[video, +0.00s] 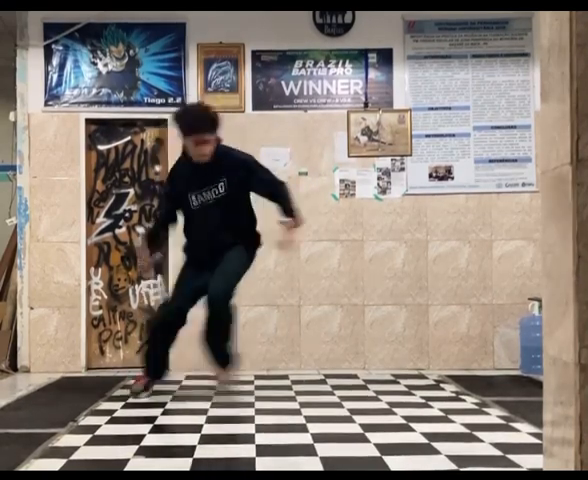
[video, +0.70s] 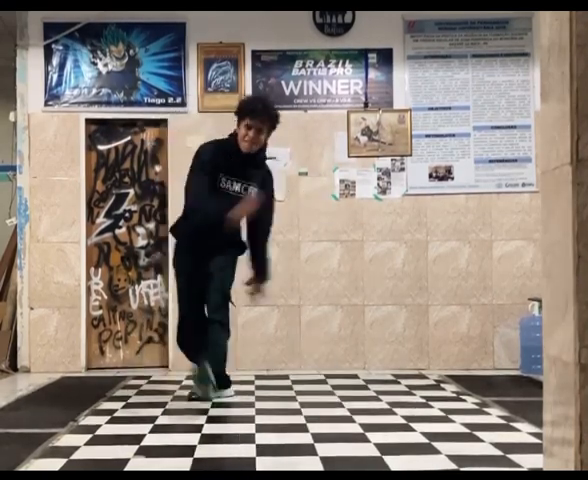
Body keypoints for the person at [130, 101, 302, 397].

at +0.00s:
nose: (205, 149)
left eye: (209, 142)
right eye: (198, 143)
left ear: (217, 138)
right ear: (184, 140)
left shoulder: (234, 162)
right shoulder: (179, 173)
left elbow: (272, 186)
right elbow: (167, 213)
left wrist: (290, 211)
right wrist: (154, 242)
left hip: (238, 245)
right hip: (201, 251)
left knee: (218, 295)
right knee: (172, 312)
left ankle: (222, 361)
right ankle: (152, 372)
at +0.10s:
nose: (236, 156)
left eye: (239, 150)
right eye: (230, 150)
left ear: (242, 146)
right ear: (212, 144)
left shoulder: (248, 174)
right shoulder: (191, 164)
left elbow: (285, 194)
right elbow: (159, 169)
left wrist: (329, 203)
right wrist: (138, 179)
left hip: (244, 260)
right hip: (210, 261)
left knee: (249, 313)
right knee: (193, 317)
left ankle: (305, 373)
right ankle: (198, 370)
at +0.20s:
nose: (245, 170)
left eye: (249, 163)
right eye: (240, 164)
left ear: (252, 160)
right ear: (221, 159)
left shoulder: (260, 191)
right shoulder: (200, 173)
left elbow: (297, 206)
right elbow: (167, 144)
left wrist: (338, 210)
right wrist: (131, 130)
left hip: (261, 275)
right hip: (226, 275)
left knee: (287, 336)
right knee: (208, 334)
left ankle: (333, 386)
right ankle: (220, 378)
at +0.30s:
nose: (241, 167)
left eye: (245, 160)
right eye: (235, 160)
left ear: (251, 157)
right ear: (218, 155)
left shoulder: (255, 183)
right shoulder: (194, 171)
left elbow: (278, 227)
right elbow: (159, 164)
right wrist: (129, 171)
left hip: (264, 266)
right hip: (225, 269)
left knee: (296, 322)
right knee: (216, 327)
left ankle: (328, 384)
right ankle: (222, 381)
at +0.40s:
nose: (235, 163)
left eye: (240, 155)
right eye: (229, 156)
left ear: (246, 149)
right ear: (212, 150)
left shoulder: (250, 177)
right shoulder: (193, 168)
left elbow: (256, 227)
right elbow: (170, 196)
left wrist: (210, 241)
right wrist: (160, 220)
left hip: (257, 249)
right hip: (221, 249)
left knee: (278, 312)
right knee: (209, 320)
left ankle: (302, 337)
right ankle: (220, 379)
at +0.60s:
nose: (250, 137)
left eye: (257, 133)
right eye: (245, 129)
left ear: (265, 135)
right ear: (235, 125)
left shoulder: (262, 166)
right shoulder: (202, 157)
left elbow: (255, 208)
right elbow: (178, 199)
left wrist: (247, 191)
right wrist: (172, 242)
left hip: (233, 243)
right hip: (199, 241)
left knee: (221, 293)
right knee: (196, 328)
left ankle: (234, 335)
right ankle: (219, 380)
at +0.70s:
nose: (251, 135)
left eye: (259, 131)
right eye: (247, 127)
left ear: (268, 135)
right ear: (238, 125)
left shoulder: (262, 174)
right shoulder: (209, 153)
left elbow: (260, 225)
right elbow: (195, 203)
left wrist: (259, 269)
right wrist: (231, 212)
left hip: (225, 244)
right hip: (191, 240)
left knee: (216, 305)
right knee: (190, 307)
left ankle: (215, 377)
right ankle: (201, 364)